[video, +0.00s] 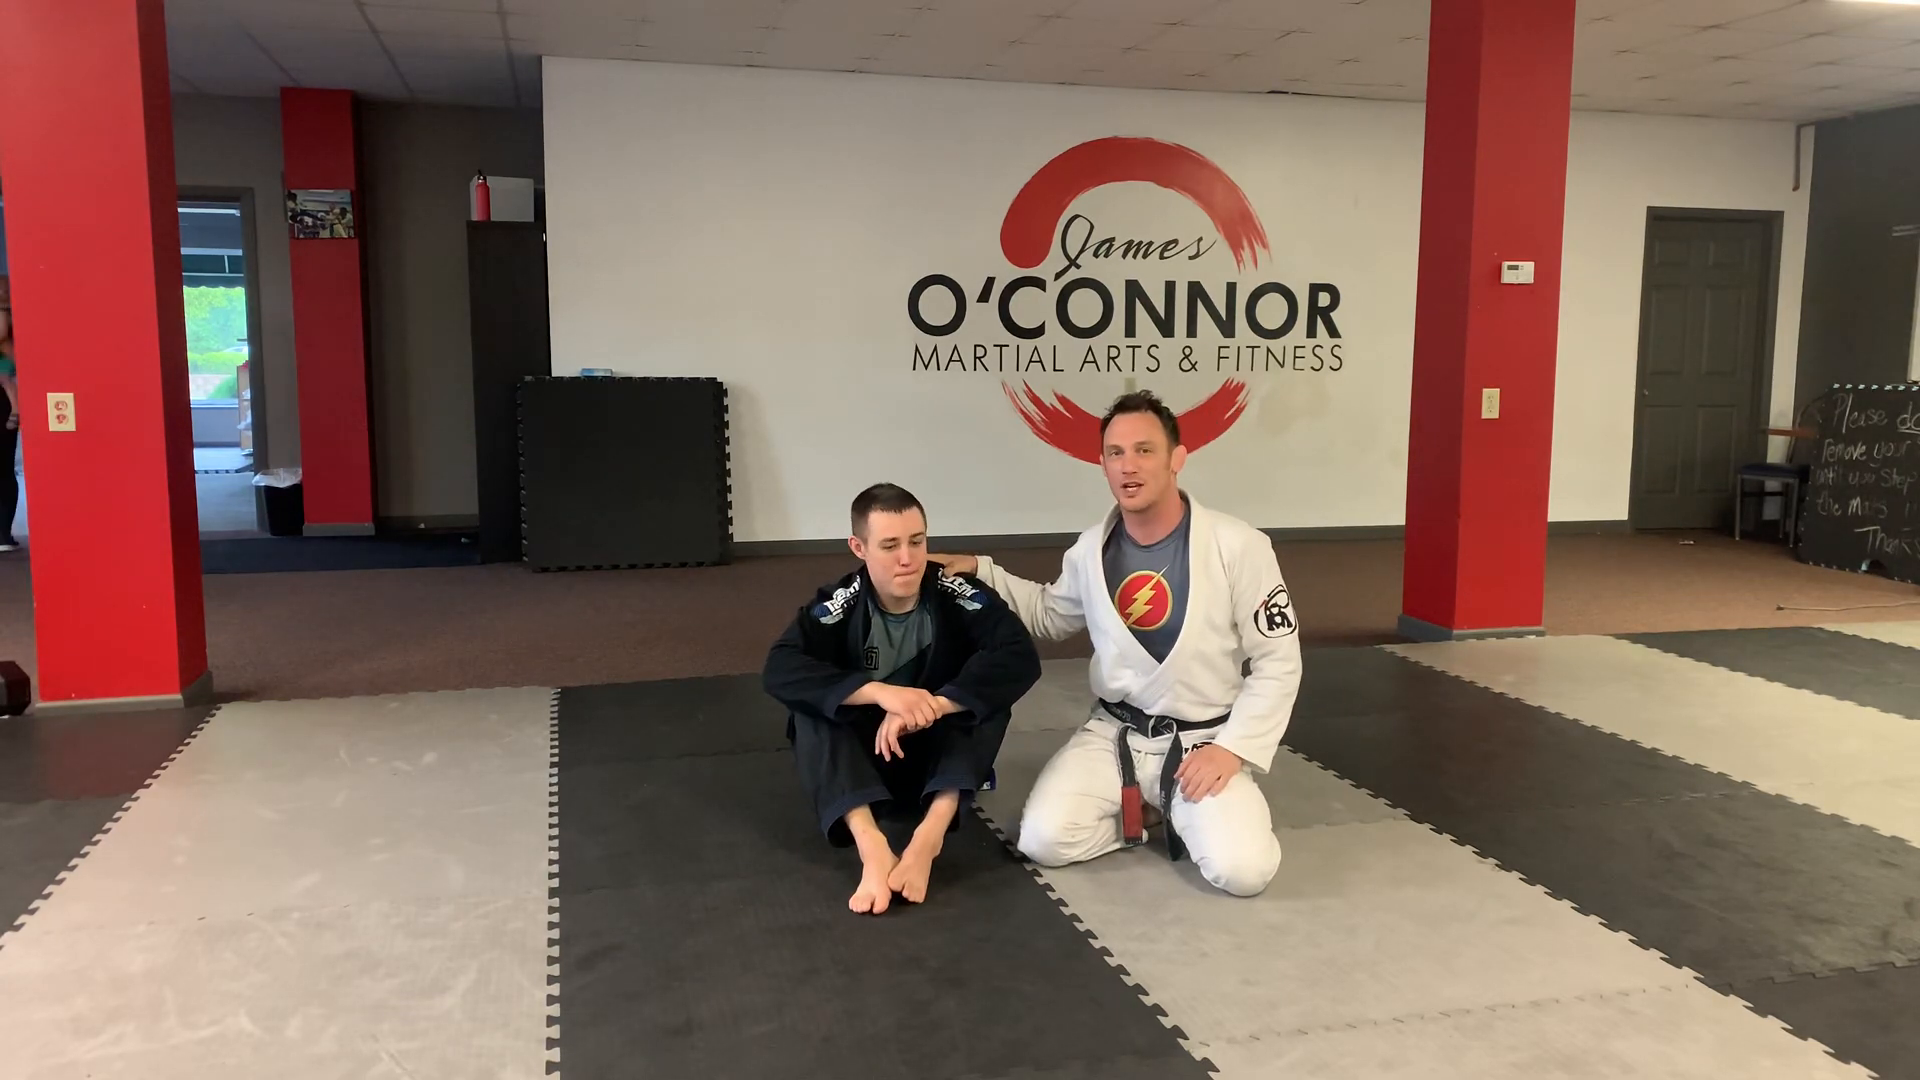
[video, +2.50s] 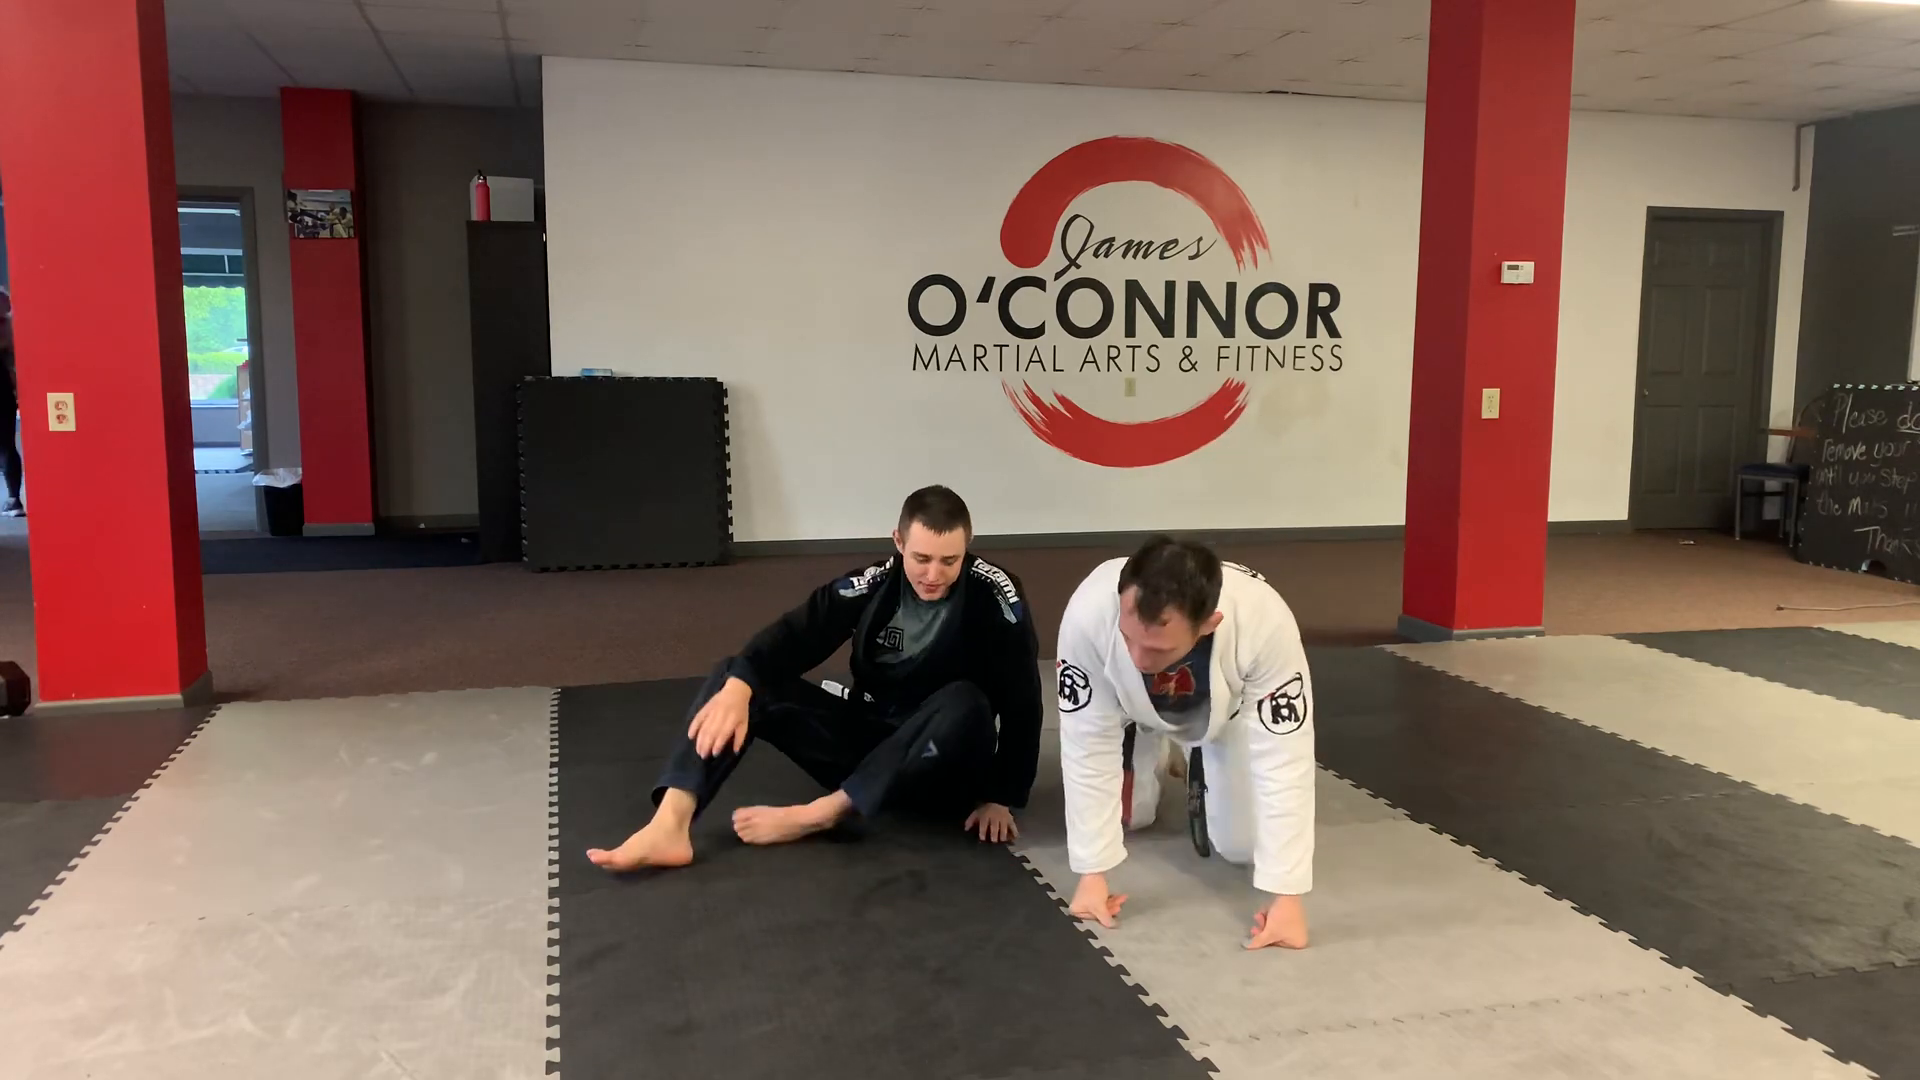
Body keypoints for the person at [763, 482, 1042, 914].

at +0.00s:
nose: (907, 558)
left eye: (916, 542)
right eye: (890, 546)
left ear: (926, 537)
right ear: (859, 548)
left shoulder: (958, 594)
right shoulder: (838, 603)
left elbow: (1020, 657)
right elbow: (781, 670)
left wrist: (928, 707)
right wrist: (881, 692)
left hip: (937, 754)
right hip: (859, 756)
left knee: (988, 699)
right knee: (811, 709)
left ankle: (930, 835)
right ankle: (871, 846)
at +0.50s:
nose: (903, 556)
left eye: (913, 540)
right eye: (886, 543)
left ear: (925, 538)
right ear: (858, 545)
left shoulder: (959, 592)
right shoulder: (837, 603)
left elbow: (1017, 656)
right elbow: (782, 669)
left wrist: (927, 707)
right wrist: (880, 692)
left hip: (938, 753)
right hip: (860, 755)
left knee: (987, 698)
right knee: (811, 707)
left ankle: (930, 836)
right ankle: (871, 846)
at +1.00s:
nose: (901, 555)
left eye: (910, 539)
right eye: (884, 543)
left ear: (922, 535)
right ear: (855, 547)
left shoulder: (956, 589)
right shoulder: (835, 604)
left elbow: (1014, 656)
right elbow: (781, 670)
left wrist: (926, 706)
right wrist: (878, 691)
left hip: (938, 752)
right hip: (860, 755)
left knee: (985, 698)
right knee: (810, 707)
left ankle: (929, 836)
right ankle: (871, 845)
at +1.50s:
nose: (904, 557)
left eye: (913, 541)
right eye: (887, 545)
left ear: (925, 536)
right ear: (858, 545)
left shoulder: (962, 593)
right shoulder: (837, 604)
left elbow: (1012, 657)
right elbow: (783, 669)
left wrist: (927, 707)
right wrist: (879, 692)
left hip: (938, 753)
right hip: (861, 756)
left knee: (983, 693)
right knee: (813, 706)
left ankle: (930, 835)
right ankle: (871, 846)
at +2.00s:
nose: (927, 549)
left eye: (939, 535)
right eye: (913, 534)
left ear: (951, 533)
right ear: (885, 531)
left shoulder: (983, 604)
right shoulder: (853, 591)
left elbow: (1023, 699)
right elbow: (764, 637)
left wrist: (1015, 766)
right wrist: (755, 670)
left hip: (944, 767)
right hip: (861, 764)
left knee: (958, 659)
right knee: (777, 671)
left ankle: (924, 831)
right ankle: (775, 840)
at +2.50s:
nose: (934, 574)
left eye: (948, 561)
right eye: (922, 559)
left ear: (967, 549)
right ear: (900, 543)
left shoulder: (996, 598)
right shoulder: (873, 584)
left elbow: (1023, 705)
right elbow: (797, 635)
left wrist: (1005, 799)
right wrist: (739, 686)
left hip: (942, 759)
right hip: (862, 744)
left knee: (963, 701)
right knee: (738, 678)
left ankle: (825, 811)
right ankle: (672, 823)